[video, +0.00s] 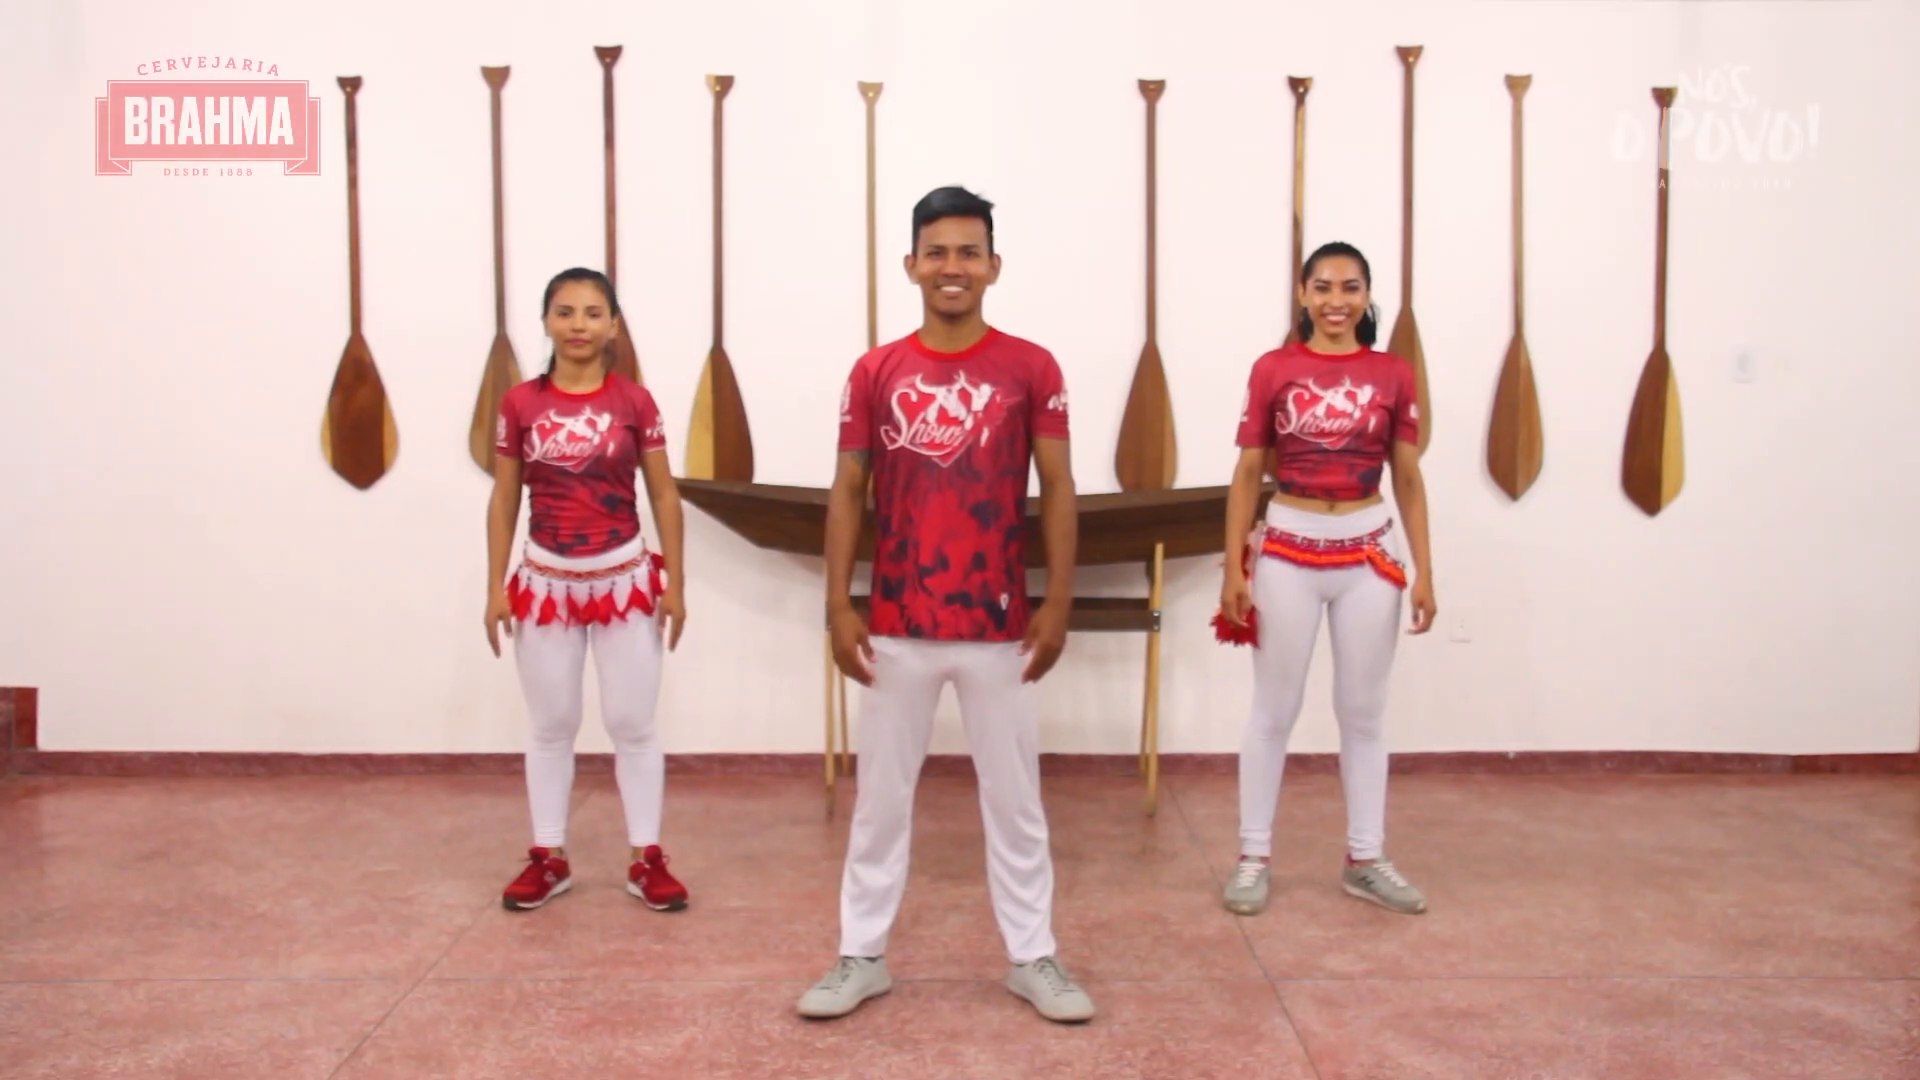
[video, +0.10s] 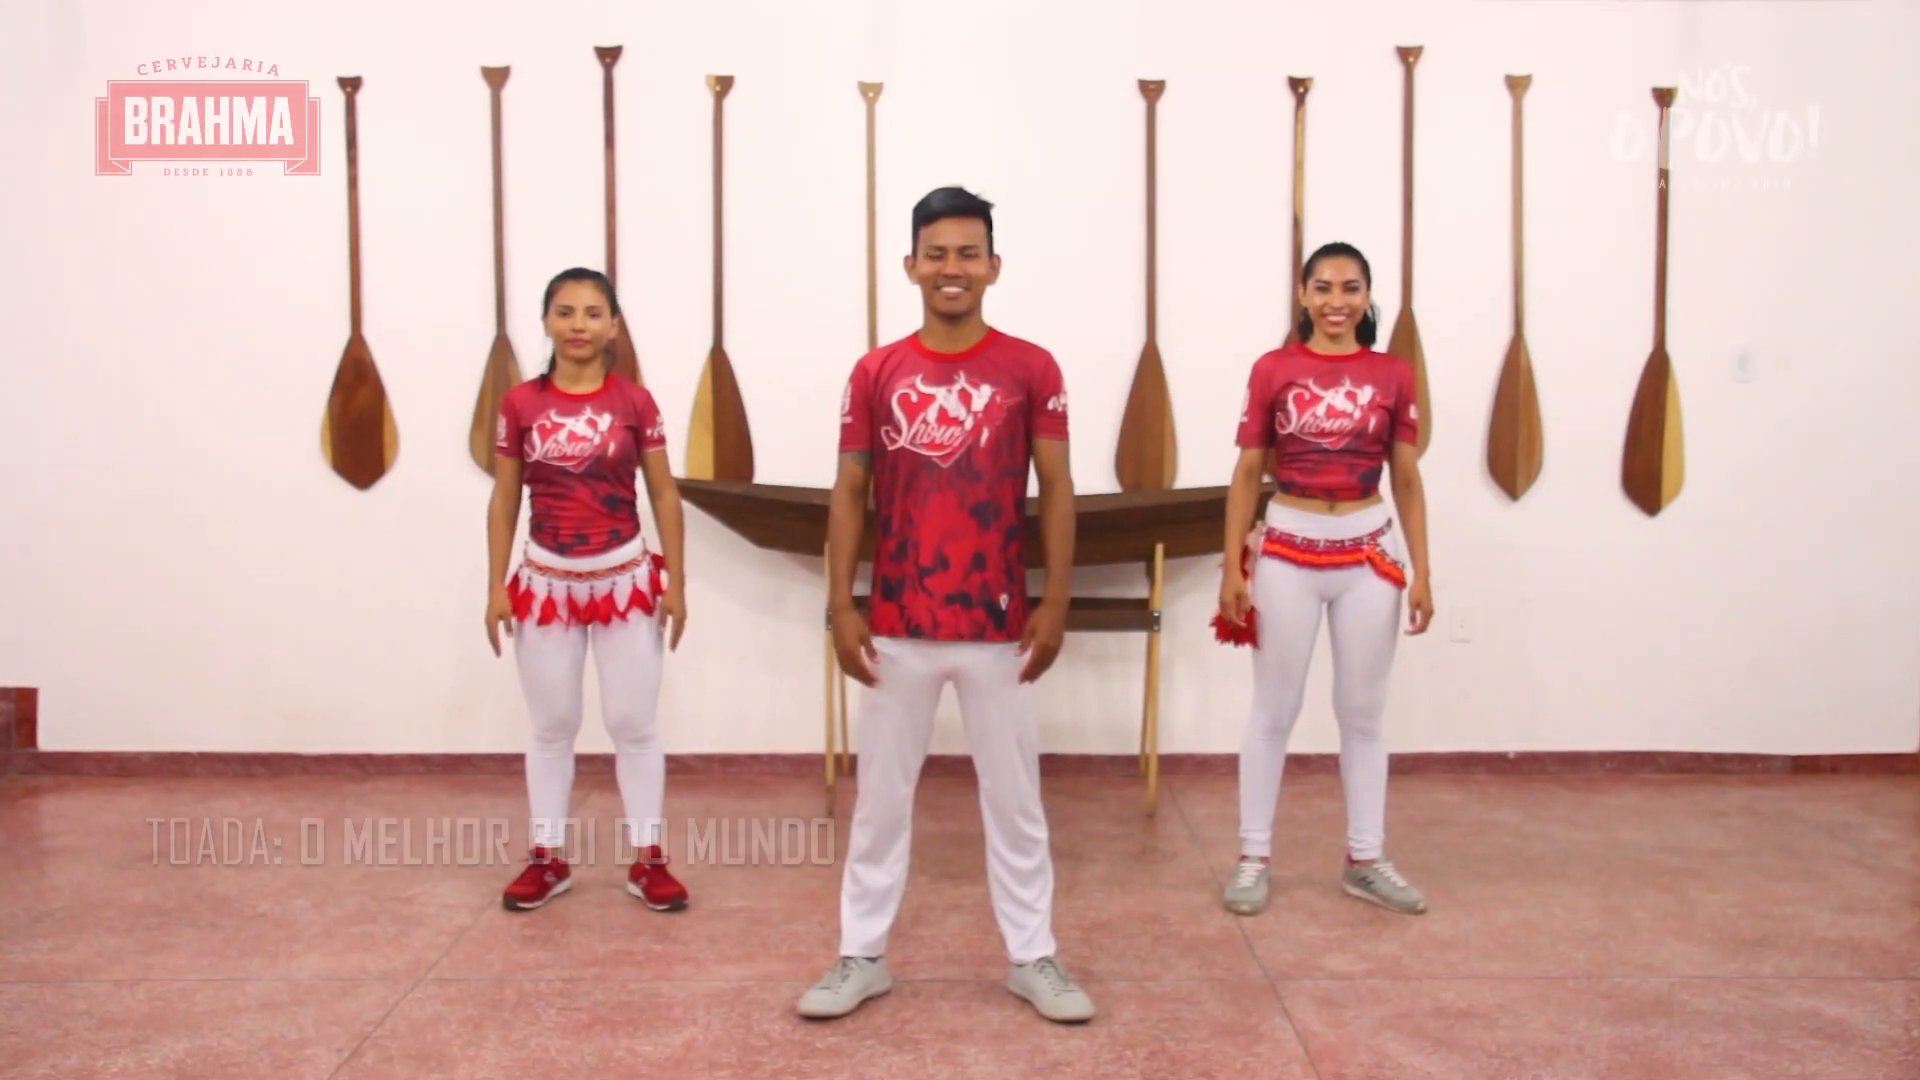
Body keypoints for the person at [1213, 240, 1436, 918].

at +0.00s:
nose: (1336, 298)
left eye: (1349, 287)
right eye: (1323, 286)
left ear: (1367, 296)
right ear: (1303, 294)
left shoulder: (1392, 374)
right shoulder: (1274, 369)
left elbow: (1408, 480)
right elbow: (1248, 474)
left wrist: (1423, 573)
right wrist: (1233, 567)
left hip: (1370, 552)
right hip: (1286, 552)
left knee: (1363, 715)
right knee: (1273, 714)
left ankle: (1365, 859)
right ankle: (1254, 859)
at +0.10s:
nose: (1336, 299)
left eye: (1349, 287)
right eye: (1324, 287)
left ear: (1367, 297)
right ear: (1303, 295)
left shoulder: (1392, 374)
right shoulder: (1274, 369)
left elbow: (1406, 480)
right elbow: (1247, 474)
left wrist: (1421, 572)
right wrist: (1232, 568)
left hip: (1371, 552)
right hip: (1286, 552)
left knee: (1363, 714)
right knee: (1274, 713)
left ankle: (1365, 860)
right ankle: (1254, 859)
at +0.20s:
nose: (1336, 299)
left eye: (1349, 287)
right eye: (1324, 287)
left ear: (1367, 297)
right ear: (1303, 295)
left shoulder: (1392, 375)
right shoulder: (1274, 370)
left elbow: (1405, 479)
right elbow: (1248, 474)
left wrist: (1421, 572)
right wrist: (1231, 567)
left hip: (1371, 552)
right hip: (1286, 552)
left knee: (1363, 715)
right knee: (1274, 712)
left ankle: (1365, 860)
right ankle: (1254, 859)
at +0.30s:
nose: (1337, 299)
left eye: (1350, 288)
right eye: (1324, 287)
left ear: (1367, 297)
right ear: (1304, 295)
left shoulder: (1391, 374)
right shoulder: (1274, 370)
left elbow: (1405, 478)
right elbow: (1250, 473)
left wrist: (1422, 572)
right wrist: (1230, 567)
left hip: (1371, 552)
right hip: (1286, 553)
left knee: (1363, 716)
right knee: (1274, 714)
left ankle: (1365, 860)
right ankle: (1254, 859)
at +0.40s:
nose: (1338, 299)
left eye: (1351, 288)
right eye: (1325, 287)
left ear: (1368, 297)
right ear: (1304, 295)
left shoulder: (1392, 374)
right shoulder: (1275, 370)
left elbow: (1406, 479)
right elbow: (1251, 473)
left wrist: (1424, 572)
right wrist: (1229, 565)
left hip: (1371, 553)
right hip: (1286, 553)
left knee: (1364, 715)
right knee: (1274, 714)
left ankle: (1365, 859)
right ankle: (1254, 858)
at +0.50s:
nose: (1339, 299)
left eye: (1352, 288)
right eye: (1326, 287)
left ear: (1369, 298)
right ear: (1305, 296)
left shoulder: (1393, 375)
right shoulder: (1276, 370)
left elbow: (1407, 480)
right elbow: (1251, 473)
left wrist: (1425, 573)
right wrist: (1228, 564)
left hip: (1372, 554)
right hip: (1287, 554)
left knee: (1364, 716)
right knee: (1274, 714)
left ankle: (1365, 859)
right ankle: (1254, 859)